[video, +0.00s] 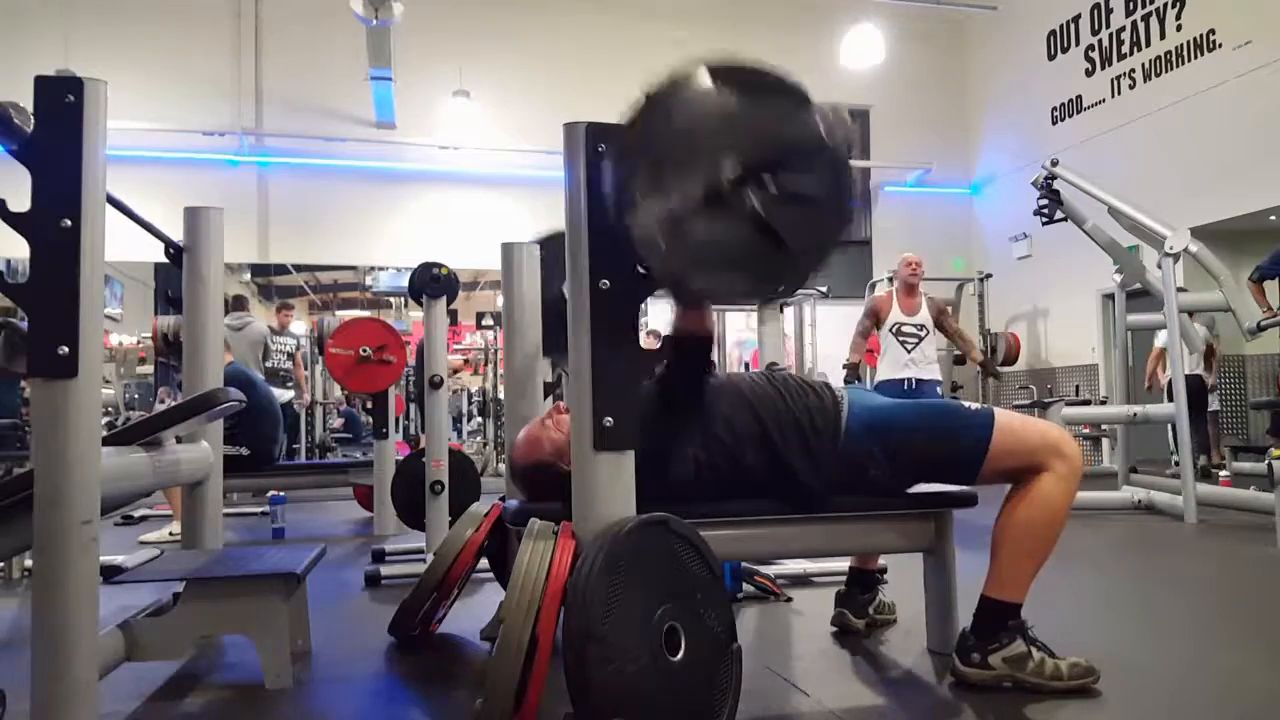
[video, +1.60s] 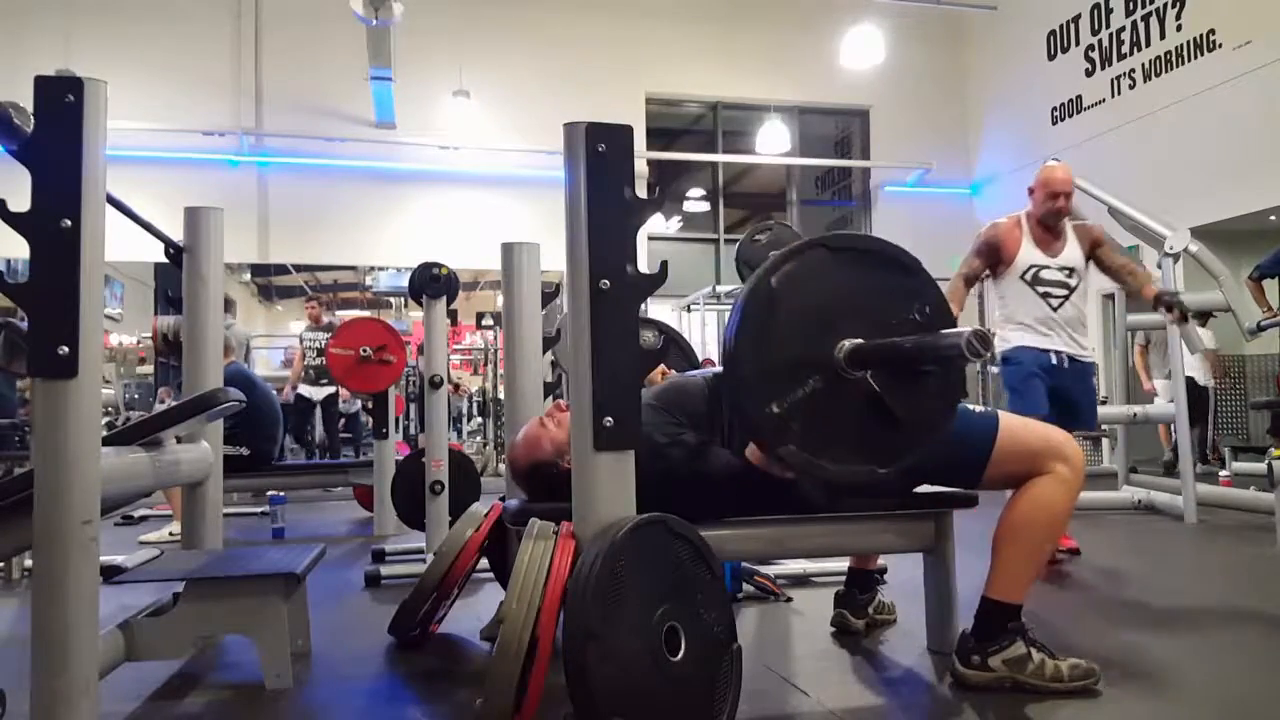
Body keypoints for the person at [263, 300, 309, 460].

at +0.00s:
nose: (289, 319)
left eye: (291, 316)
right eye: (286, 315)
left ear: (293, 317)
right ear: (277, 315)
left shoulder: (294, 339)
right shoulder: (265, 334)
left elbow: (298, 366)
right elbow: (257, 360)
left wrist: (304, 391)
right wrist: (258, 386)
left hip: (288, 389)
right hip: (268, 389)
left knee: (292, 427)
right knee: (270, 426)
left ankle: (289, 460)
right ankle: (270, 461)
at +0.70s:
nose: (287, 313)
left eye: (289, 310)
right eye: (283, 310)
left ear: (293, 312)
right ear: (276, 311)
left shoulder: (301, 334)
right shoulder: (268, 333)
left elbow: (310, 361)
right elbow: (260, 359)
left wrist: (317, 384)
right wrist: (259, 383)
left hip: (299, 387)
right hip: (276, 387)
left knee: (304, 427)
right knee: (280, 428)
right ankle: (281, 462)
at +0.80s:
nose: (287, 312)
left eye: (290, 309)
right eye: (283, 309)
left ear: (294, 311)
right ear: (276, 311)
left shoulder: (303, 331)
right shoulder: (269, 332)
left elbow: (311, 358)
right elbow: (262, 358)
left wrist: (319, 383)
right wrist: (260, 382)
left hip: (301, 385)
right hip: (276, 385)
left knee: (313, 422)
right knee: (282, 425)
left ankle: (289, 428)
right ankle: (285, 459)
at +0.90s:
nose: (288, 312)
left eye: (291, 309)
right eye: (284, 309)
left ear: (294, 310)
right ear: (277, 311)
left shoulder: (305, 331)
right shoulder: (271, 332)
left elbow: (314, 357)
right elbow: (264, 357)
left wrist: (319, 383)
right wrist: (261, 380)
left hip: (302, 384)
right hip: (278, 385)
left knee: (314, 420)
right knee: (283, 423)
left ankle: (295, 427)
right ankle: (285, 458)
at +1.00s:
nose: (290, 311)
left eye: (293, 308)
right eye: (286, 308)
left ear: (297, 310)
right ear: (280, 310)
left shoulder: (307, 331)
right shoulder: (274, 332)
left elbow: (317, 358)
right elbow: (266, 358)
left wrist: (322, 384)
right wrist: (264, 381)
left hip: (304, 384)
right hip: (281, 385)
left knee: (315, 420)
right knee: (287, 426)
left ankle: (309, 450)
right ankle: (285, 460)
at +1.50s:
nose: (309, 311)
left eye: (312, 307)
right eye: (306, 308)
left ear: (320, 309)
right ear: (303, 310)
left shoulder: (331, 329)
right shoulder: (300, 334)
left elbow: (340, 356)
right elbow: (294, 360)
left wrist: (341, 384)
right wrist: (286, 385)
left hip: (326, 385)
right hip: (304, 385)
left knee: (330, 429)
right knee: (297, 429)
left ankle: (333, 462)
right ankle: (294, 463)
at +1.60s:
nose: (309, 311)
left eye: (313, 308)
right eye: (307, 308)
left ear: (322, 309)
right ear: (305, 311)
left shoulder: (334, 328)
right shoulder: (305, 332)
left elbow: (343, 356)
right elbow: (299, 359)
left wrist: (343, 384)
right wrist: (291, 383)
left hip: (328, 386)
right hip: (307, 385)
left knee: (331, 430)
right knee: (297, 429)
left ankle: (335, 465)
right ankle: (310, 449)